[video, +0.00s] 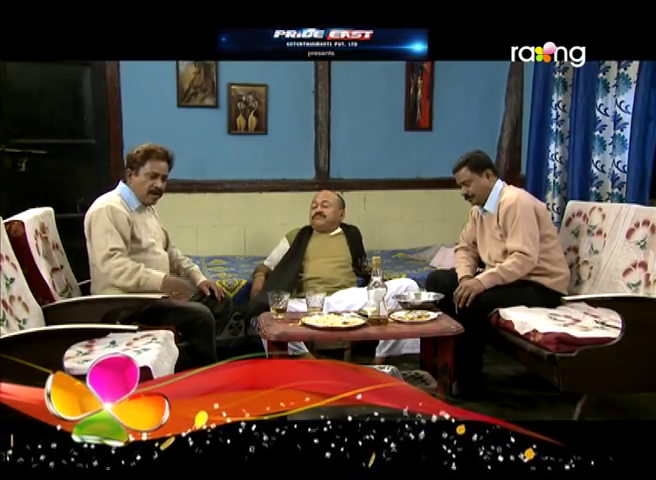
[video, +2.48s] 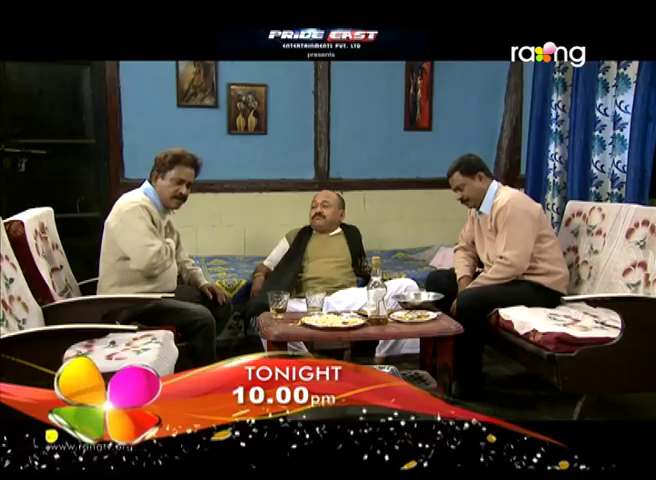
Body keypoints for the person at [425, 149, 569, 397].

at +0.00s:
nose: (464, 192)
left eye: (467, 184)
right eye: (461, 187)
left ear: (488, 176)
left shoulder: (518, 203)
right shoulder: (479, 209)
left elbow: (524, 258)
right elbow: (465, 247)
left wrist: (481, 282)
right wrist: (466, 276)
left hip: (542, 286)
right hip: (505, 279)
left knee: (473, 302)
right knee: (438, 280)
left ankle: (467, 384)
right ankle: (439, 369)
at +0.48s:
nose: (463, 193)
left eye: (466, 185)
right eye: (460, 188)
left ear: (487, 177)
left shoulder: (517, 203)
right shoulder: (479, 209)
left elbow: (523, 258)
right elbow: (465, 247)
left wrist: (480, 282)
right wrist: (466, 277)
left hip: (542, 286)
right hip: (504, 277)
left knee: (472, 301)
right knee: (438, 280)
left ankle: (467, 385)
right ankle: (439, 370)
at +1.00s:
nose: (463, 194)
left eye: (466, 186)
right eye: (460, 189)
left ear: (486, 177)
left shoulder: (517, 203)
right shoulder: (479, 209)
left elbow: (523, 259)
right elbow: (465, 247)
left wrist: (480, 282)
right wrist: (465, 276)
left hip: (542, 285)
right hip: (504, 277)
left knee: (472, 301)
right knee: (437, 280)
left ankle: (467, 385)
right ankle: (440, 369)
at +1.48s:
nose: (461, 195)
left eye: (464, 187)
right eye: (458, 191)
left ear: (484, 178)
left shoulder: (515, 204)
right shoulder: (479, 208)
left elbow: (518, 261)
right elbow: (465, 247)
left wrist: (470, 284)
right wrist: (465, 278)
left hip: (541, 285)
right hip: (504, 276)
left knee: (469, 302)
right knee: (437, 280)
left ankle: (467, 385)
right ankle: (440, 369)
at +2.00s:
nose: (461, 195)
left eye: (464, 187)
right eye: (458, 190)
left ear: (484, 177)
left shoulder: (516, 204)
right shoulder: (479, 209)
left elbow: (513, 263)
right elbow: (465, 247)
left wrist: (469, 291)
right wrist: (465, 282)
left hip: (541, 286)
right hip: (503, 277)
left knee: (468, 303)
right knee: (437, 280)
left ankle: (467, 385)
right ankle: (439, 369)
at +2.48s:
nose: (459, 197)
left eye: (461, 189)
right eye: (456, 192)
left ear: (481, 178)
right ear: (479, 180)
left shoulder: (513, 204)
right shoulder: (478, 208)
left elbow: (512, 264)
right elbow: (464, 247)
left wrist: (466, 293)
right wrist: (464, 281)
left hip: (541, 285)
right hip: (502, 277)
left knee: (469, 302)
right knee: (437, 280)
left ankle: (467, 386)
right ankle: (440, 369)